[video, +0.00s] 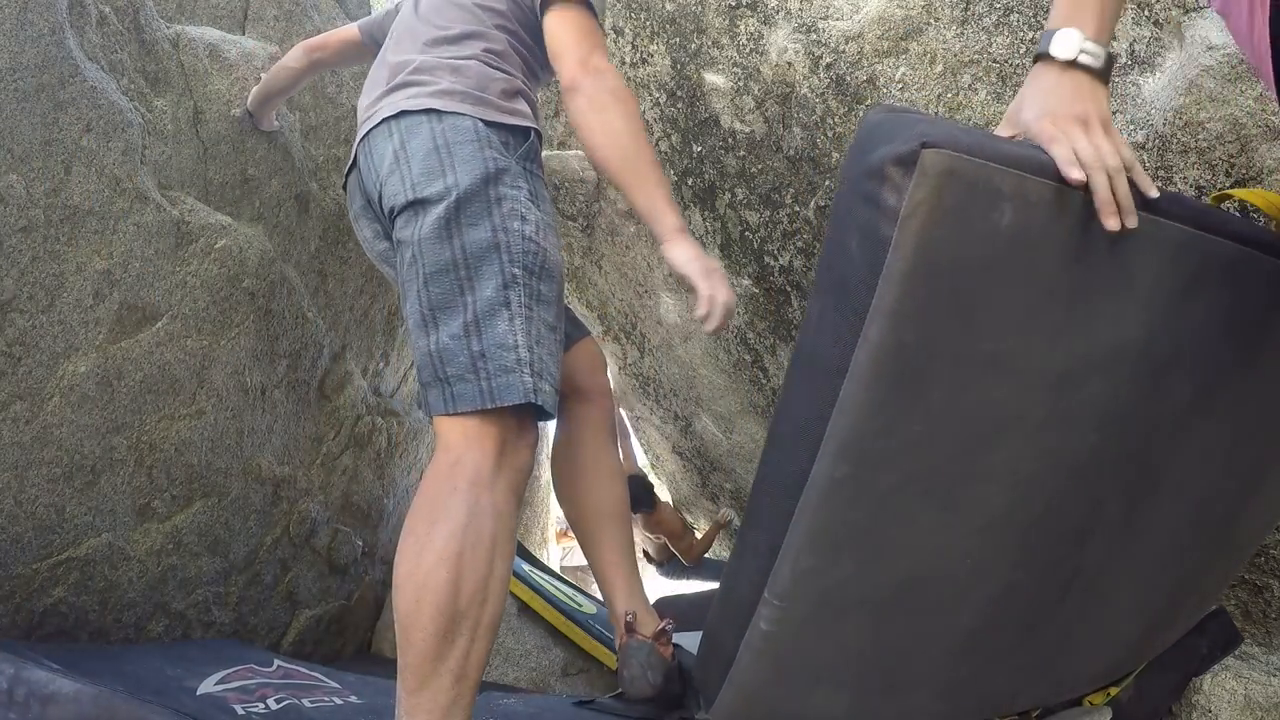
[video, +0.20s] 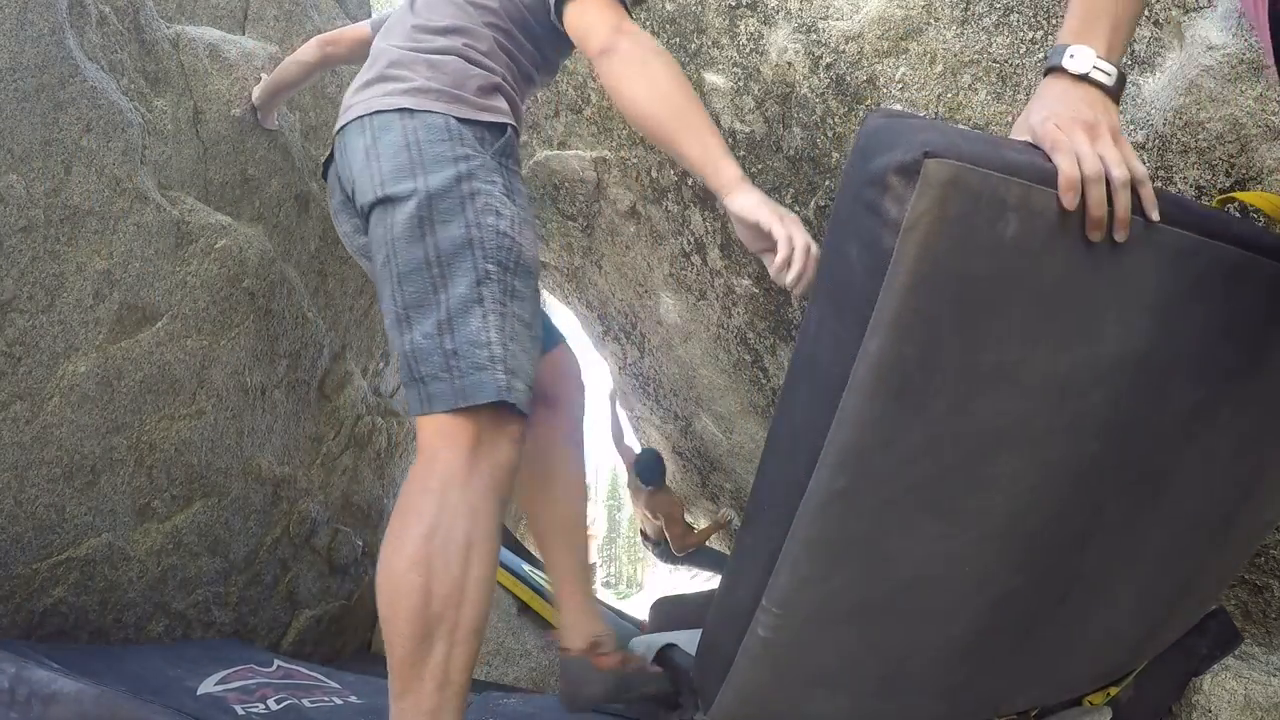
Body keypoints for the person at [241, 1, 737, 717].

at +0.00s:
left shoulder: (416, 10)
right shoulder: (547, 3)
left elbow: (309, 50)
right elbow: (586, 78)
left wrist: (260, 102)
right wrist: (675, 234)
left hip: (373, 170)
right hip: (457, 142)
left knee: (581, 373)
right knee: (484, 439)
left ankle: (638, 634)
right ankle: (429, 709)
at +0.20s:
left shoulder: (428, 9)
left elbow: (327, 44)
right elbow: (611, 39)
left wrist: (267, 90)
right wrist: (734, 186)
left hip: (359, 153)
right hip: (434, 137)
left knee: (550, 379)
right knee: (470, 434)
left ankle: (588, 648)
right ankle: (425, 711)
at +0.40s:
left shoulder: (428, 16)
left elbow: (327, 39)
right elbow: (581, 8)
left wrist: (268, 93)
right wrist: (669, 114)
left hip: (360, 136)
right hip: (405, 130)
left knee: (512, 401)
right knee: (448, 426)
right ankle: (420, 710)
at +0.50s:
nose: (609, 13)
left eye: (612, 13)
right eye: (609, 6)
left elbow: (324, 26)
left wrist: (273, 92)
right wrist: (577, 82)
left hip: (362, 128)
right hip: (379, 125)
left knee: (435, 424)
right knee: (420, 428)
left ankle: (171, 558)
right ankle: (411, 708)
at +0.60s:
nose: (577, 9)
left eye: (585, 11)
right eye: (581, 1)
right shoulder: (500, 5)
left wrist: (269, 93)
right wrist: (468, 68)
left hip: (309, 134)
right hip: (350, 130)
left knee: (339, 441)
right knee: (390, 432)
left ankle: (93, 632)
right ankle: (402, 711)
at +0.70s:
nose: (550, 5)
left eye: (559, 6)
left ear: (541, 4)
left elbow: (283, 13)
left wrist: (265, 107)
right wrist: (373, 46)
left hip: (271, 135)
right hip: (320, 128)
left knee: (274, 441)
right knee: (366, 429)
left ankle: (63, 665)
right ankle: (401, 709)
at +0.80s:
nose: (516, 3)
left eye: (521, 6)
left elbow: (261, 12)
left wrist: (279, 58)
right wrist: (312, 48)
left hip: (233, 124)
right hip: (290, 117)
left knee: (245, 423)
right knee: (359, 406)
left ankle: (58, 678)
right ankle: (413, 708)